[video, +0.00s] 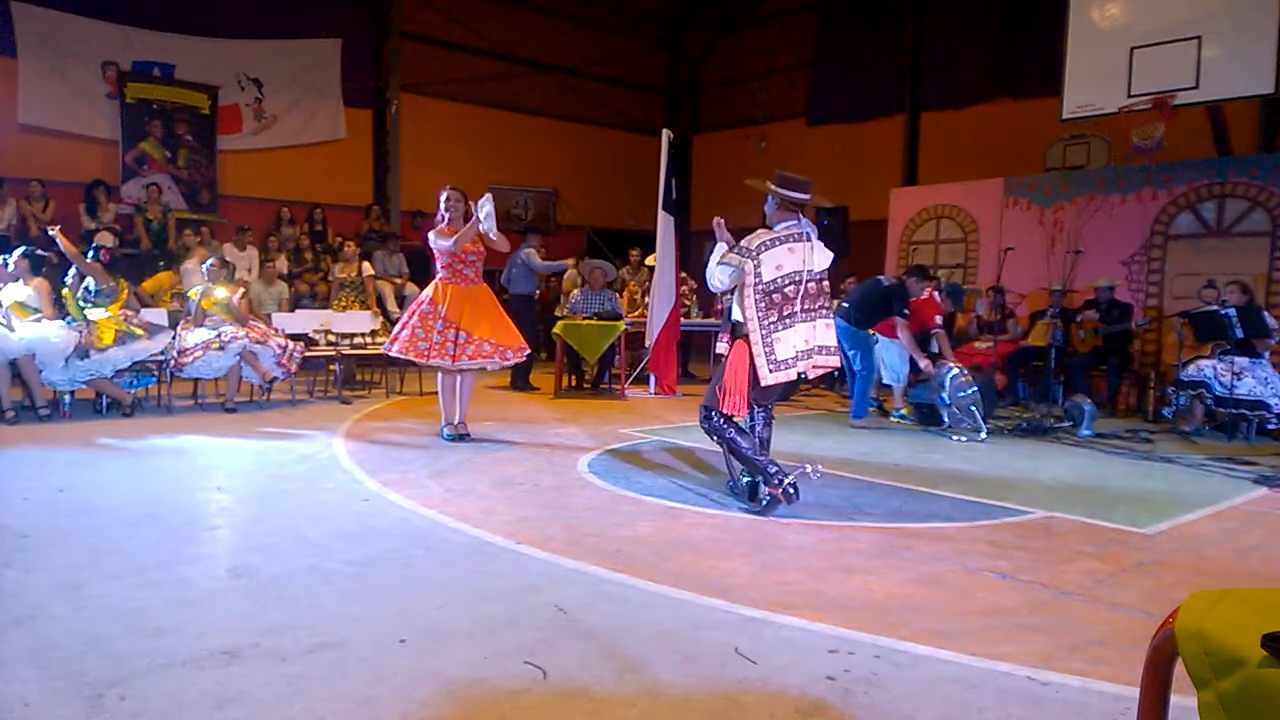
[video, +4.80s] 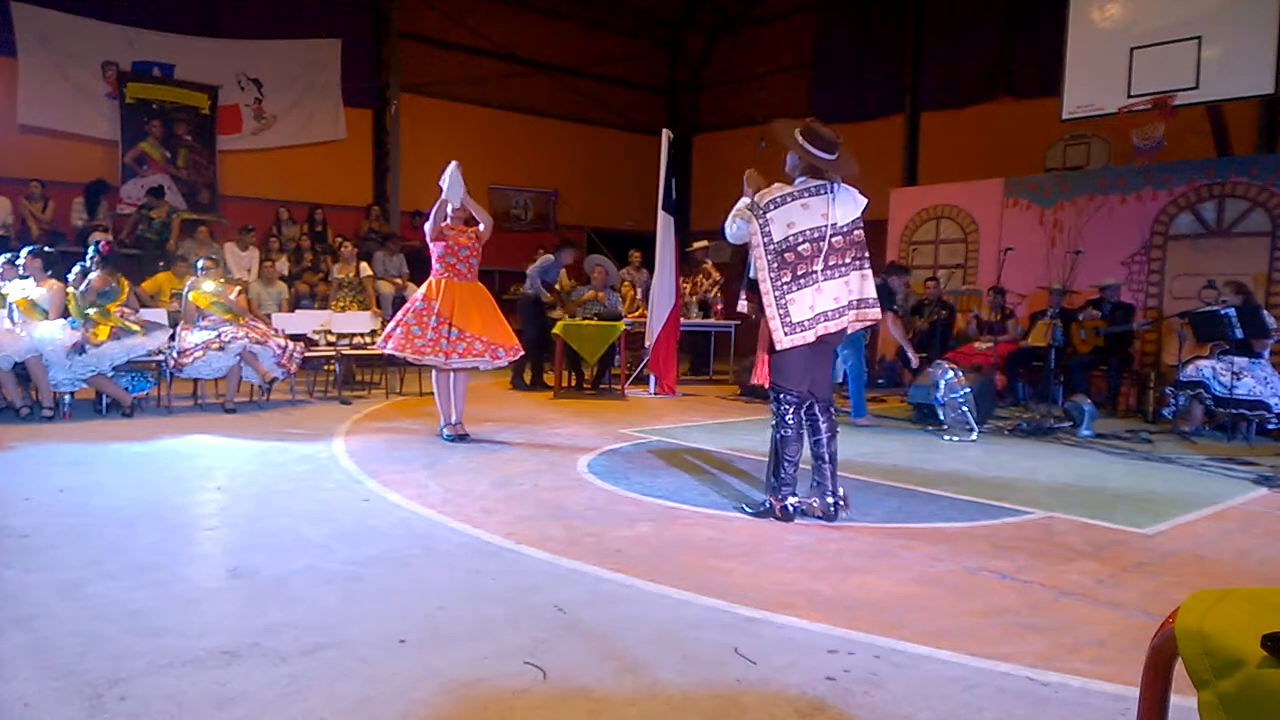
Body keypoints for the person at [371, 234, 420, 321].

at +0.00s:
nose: (396, 245)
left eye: (397, 242)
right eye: (393, 243)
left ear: (398, 244)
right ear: (386, 244)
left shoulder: (400, 255)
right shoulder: (379, 255)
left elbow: (405, 272)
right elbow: (379, 273)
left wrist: (402, 283)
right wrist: (394, 282)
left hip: (398, 278)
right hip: (384, 278)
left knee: (414, 291)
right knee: (387, 290)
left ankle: (406, 315)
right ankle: (395, 315)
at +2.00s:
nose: (396, 245)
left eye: (397, 243)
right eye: (394, 243)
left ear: (399, 244)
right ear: (387, 243)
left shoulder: (400, 255)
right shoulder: (379, 254)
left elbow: (405, 272)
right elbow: (380, 273)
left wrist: (404, 282)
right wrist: (395, 283)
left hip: (398, 278)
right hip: (383, 278)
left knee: (414, 291)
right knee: (387, 291)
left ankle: (417, 317)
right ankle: (387, 318)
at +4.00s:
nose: (397, 245)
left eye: (398, 242)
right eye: (394, 242)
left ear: (400, 244)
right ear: (387, 243)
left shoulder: (400, 256)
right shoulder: (379, 254)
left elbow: (405, 271)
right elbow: (380, 273)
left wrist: (404, 282)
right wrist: (395, 283)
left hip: (398, 278)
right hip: (383, 278)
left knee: (413, 290)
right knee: (387, 291)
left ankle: (418, 316)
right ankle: (387, 317)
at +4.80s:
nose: (396, 246)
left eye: (398, 243)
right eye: (394, 243)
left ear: (400, 244)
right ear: (387, 244)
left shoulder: (400, 256)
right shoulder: (379, 255)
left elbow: (405, 272)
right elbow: (380, 274)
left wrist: (404, 282)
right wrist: (394, 283)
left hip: (398, 278)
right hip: (384, 278)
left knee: (413, 291)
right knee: (387, 292)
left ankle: (417, 316)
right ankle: (387, 317)